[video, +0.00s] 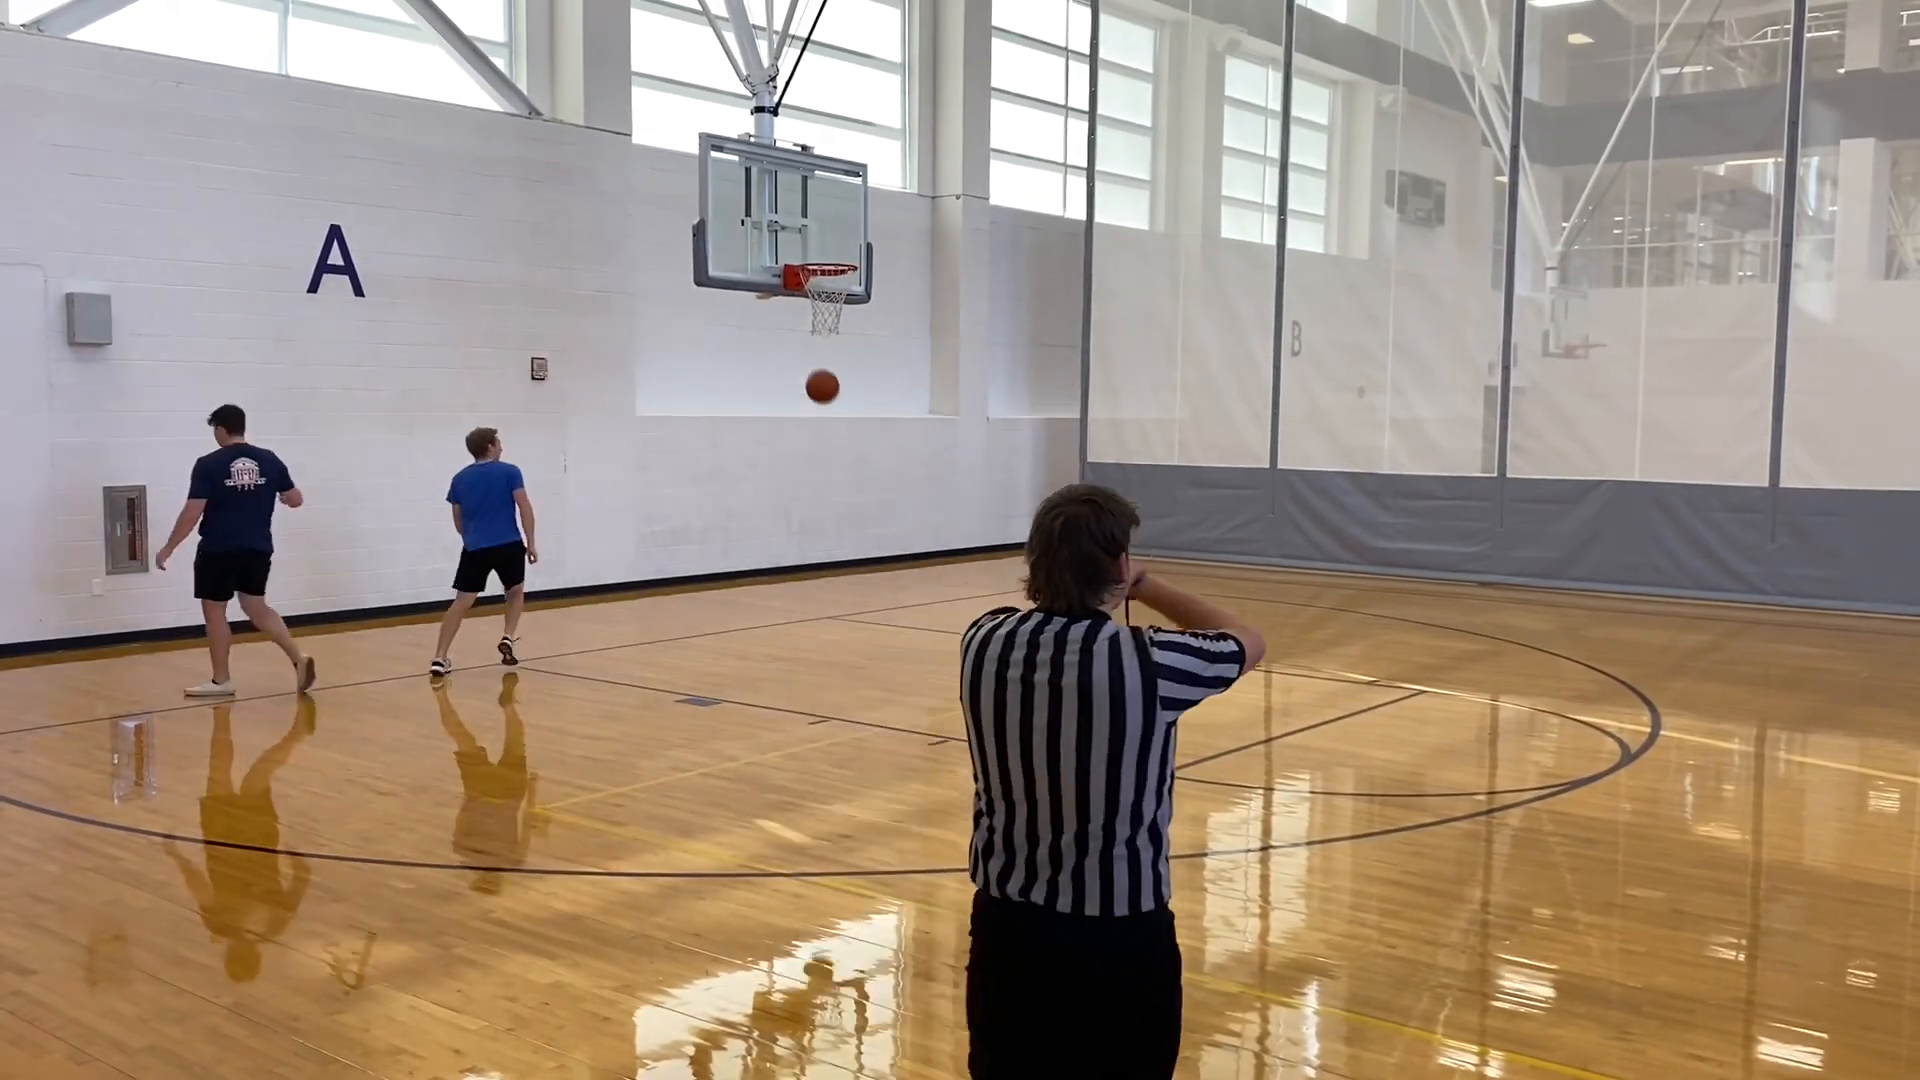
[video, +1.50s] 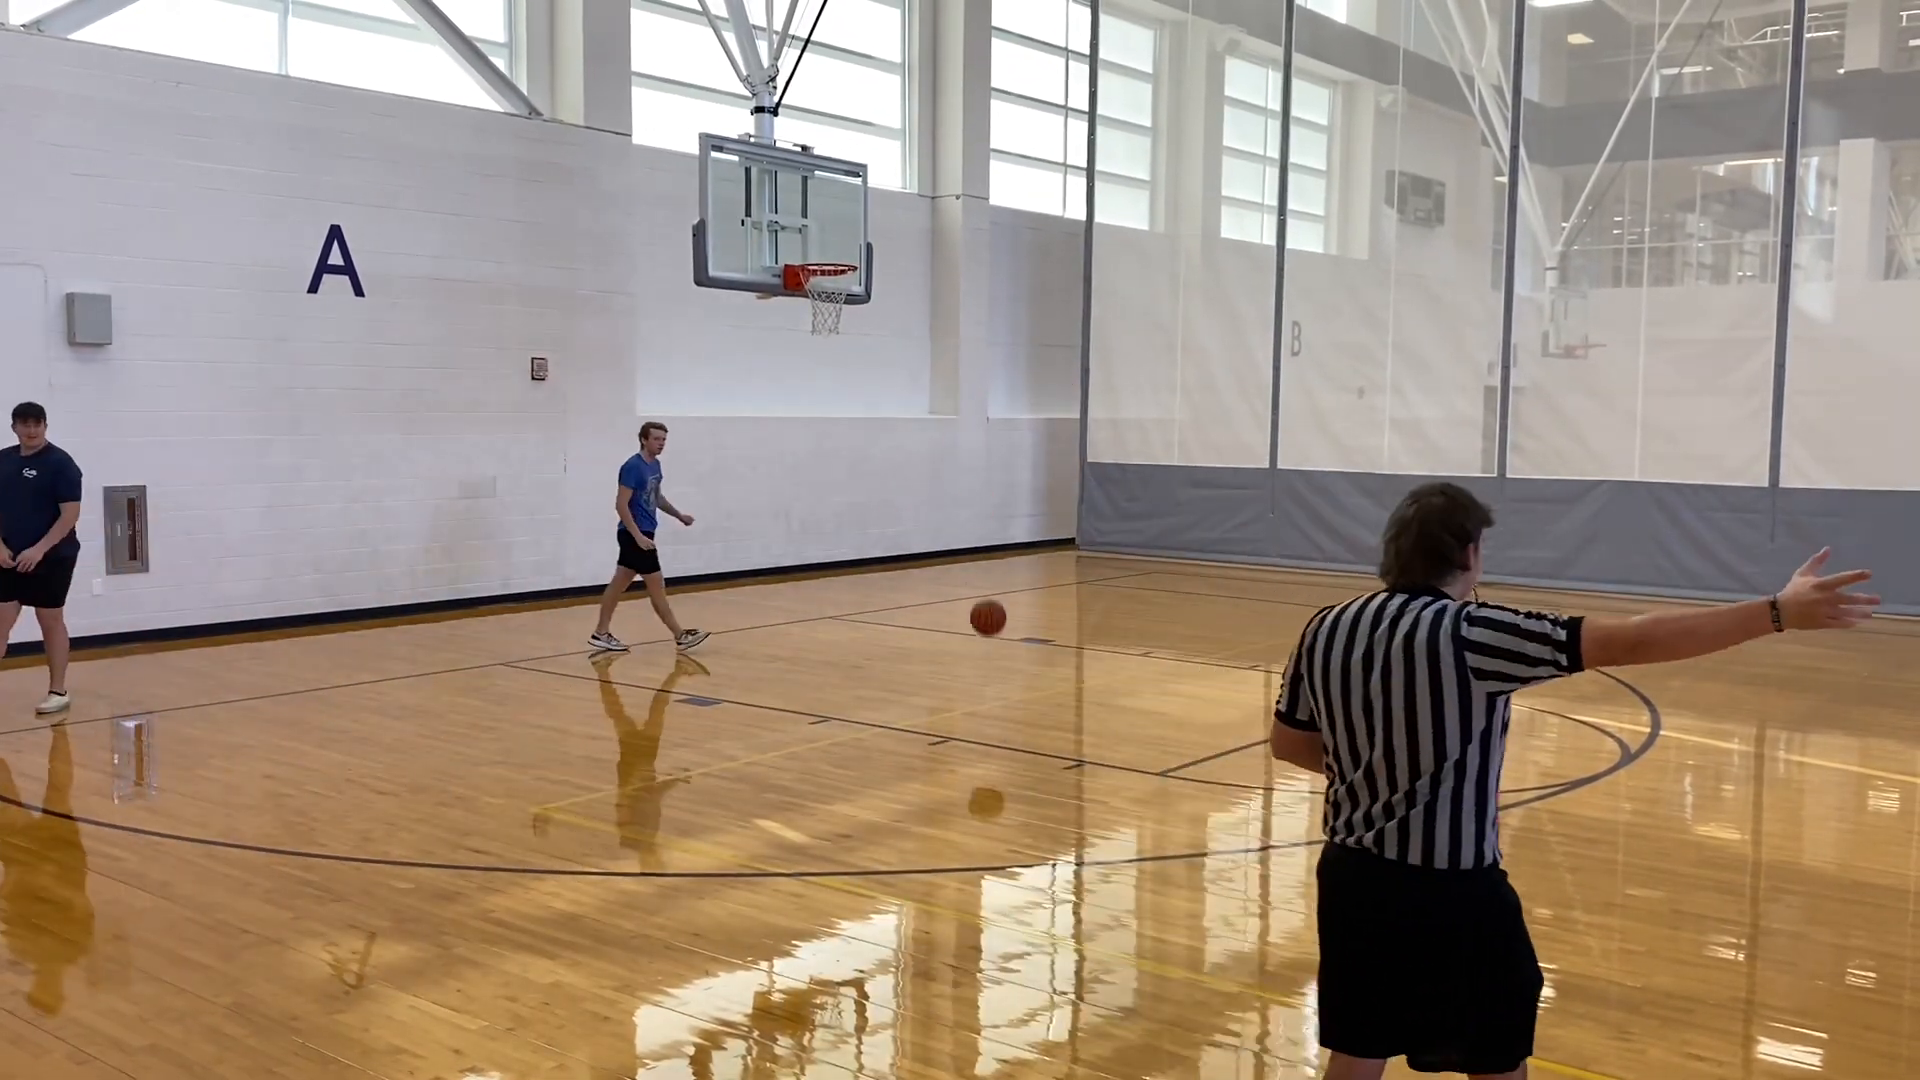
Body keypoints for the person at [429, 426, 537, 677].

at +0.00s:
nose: (501, 447)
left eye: (499, 443)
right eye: (498, 443)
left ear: (474, 450)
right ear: (491, 447)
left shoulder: (460, 478)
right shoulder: (509, 471)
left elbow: (459, 524)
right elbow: (525, 509)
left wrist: (475, 540)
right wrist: (531, 544)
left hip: (475, 552)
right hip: (509, 548)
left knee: (461, 602)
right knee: (515, 593)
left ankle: (439, 658)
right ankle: (508, 638)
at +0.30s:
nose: (529, 452)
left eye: (528, 447)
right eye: (526, 448)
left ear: (502, 452)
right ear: (516, 449)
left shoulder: (481, 475)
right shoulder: (525, 472)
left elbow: (465, 514)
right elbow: (531, 504)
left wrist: (487, 529)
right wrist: (534, 541)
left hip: (481, 546)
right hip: (513, 544)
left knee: (466, 596)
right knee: (519, 594)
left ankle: (442, 649)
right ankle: (514, 646)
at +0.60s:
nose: (560, 441)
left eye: (559, 437)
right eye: (556, 437)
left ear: (537, 439)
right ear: (541, 438)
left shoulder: (515, 460)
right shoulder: (547, 462)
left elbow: (500, 497)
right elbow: (547, 497)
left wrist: (520, 512)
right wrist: (552, 528)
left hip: (511, 531)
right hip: (534, 533)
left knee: (520, 584)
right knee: (526, 589)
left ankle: (489, 626)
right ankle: (515, 644)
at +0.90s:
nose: (591, 447)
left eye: (592, 443)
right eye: (588, 442)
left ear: (571, 443)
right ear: (573, 442)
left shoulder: (553, 463)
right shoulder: (570, 467)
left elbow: (541, 498)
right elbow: (569, 507)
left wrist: (572, 521)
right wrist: (578, 533)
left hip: (549, 533)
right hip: (559, 535)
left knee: (575, 582)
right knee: (541, 592)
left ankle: (592, 635)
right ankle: (516, 641)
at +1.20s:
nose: (626, 440)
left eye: (628, 436)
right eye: (622, 435)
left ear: (625, 438)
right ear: (608, 436)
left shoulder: (610, 460)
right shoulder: (600, 461)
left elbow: (604, 500)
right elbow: (594, 502)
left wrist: (619, 519)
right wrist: (616, 528)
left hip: (603, 527)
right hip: (596, 528)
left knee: (604, 581)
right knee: (616, 582)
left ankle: (599, 636)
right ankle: (568, 617)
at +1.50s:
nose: (661, 444)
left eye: (663, 440)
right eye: (657, 439)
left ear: (663, 442)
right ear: (644, 440)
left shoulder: (654, 465)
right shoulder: (632, 467)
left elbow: (657, 498)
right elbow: (621, 506)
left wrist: (679, 516)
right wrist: (638, 536)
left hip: (644, 533)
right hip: (634, 535)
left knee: (620, 582)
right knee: (656, 584)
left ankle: (601, 632)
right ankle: (679, 635)